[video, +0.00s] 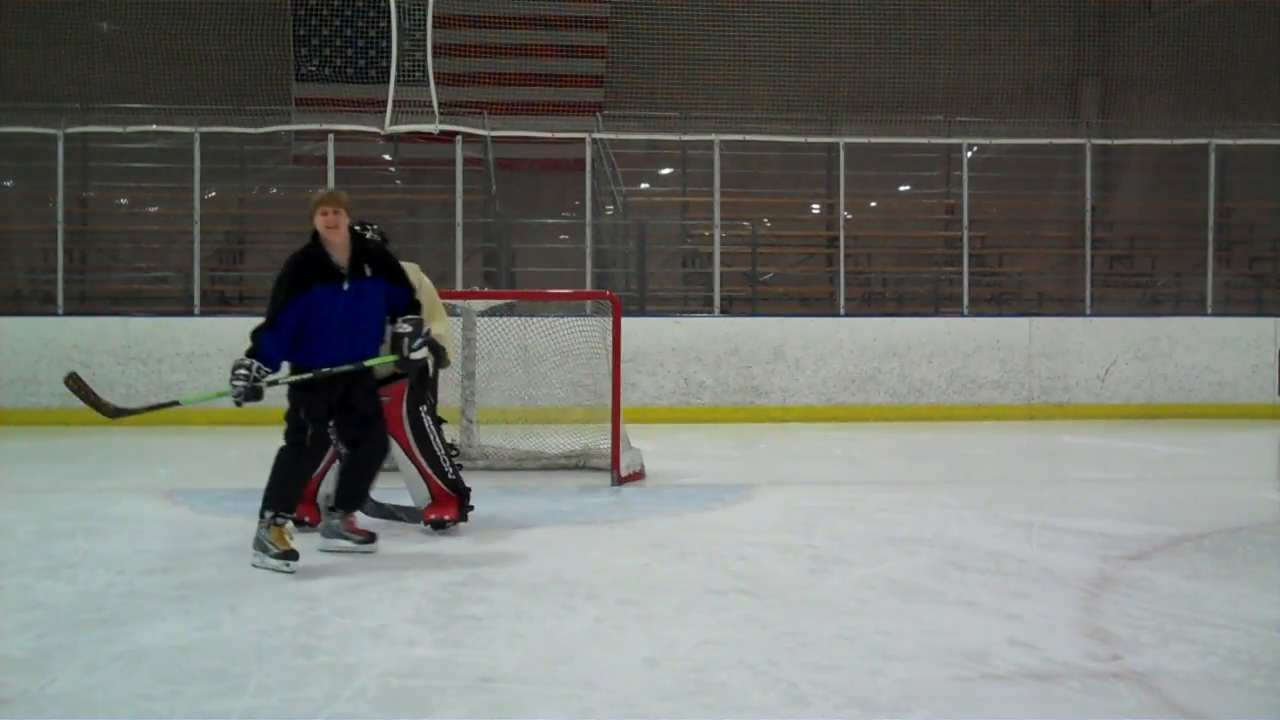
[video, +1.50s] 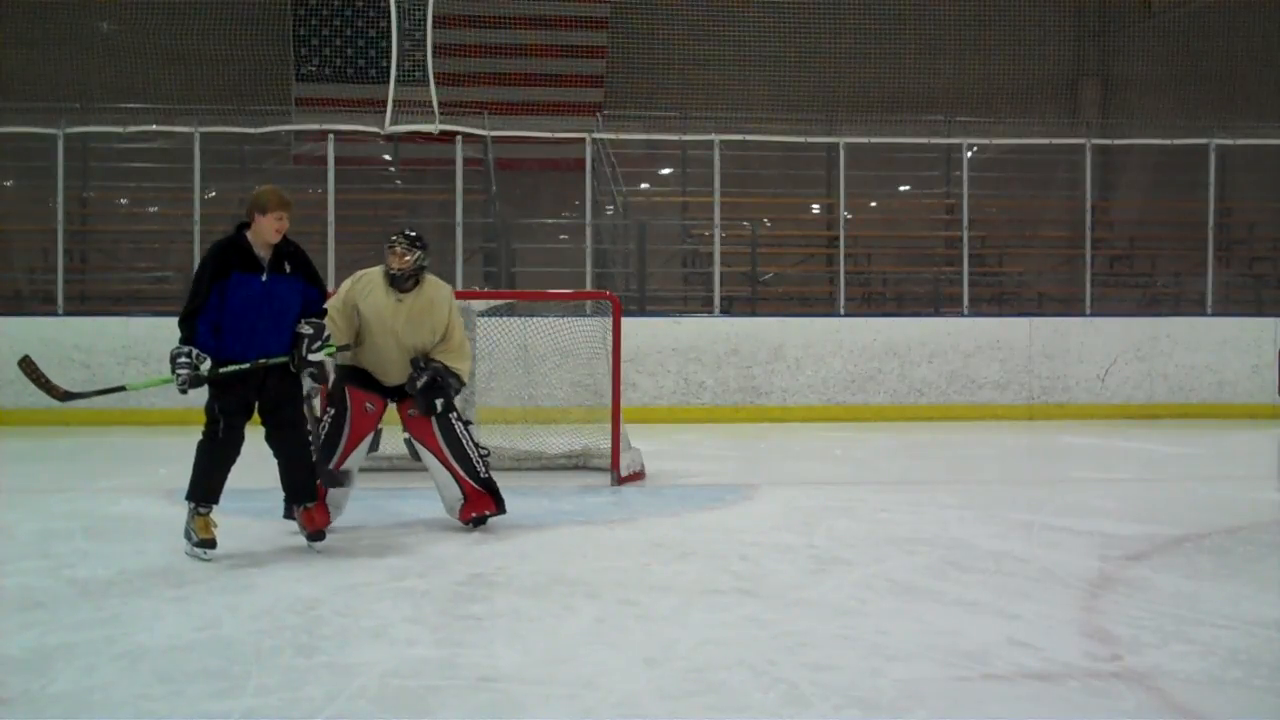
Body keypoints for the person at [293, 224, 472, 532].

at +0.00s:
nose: (361, 253)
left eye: (367, 244)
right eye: (354, 245)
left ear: (380, 245)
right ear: (346, 249)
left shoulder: (407, 274)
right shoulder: (338, 283)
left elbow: (438, 322)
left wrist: (432, 349)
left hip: (400, 373)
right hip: (351, 376)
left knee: (412, 431)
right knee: (328, 439)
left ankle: (448, 497)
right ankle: (307, 500)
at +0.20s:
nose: (338, 248)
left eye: (343, 240)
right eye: (332, 242)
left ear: (355, 240)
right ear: (325, 246)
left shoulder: (388, 267)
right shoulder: (321, 280)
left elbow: (419, 316)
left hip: (397, 368)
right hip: (345, 372)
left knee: (411, 431)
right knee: (328, 437)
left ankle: (448, 501)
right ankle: (297, 503)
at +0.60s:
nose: (366, 243)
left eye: (373, 237)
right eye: (360, 236)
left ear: (384, 243)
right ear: (350, 239)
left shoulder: (395, 272)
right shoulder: (337, 269)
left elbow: (396, 311)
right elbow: (316, 306)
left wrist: (372, 327)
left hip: (392, 368)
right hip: (346, 372)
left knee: (424, 435)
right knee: (322, 440)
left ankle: (448, 504)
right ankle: (291, 503)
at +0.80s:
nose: (403, 256)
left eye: (410, 251)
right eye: (398, 248)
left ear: (420, 256)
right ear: (388, 250)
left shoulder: (430, 290)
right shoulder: (359, 276)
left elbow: (418, 338)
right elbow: (326, 302)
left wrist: (374, 331)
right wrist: (343, 326)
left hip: (407, 377)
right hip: (359, 376)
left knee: (430, 440)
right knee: (337, 441)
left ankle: (455, 506)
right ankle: (294, 502)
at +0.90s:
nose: (416, 255)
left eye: (424, 250)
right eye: (412, 247)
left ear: (434, 256)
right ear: (401, 249)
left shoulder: (445, 292)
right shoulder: (370, 278)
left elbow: (447, 344)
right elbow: (345, 321)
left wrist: (406, 356)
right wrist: (359, 350)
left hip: (419, 377)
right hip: (370, 372)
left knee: (431, 426)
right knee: (347, 434)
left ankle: (462, 503)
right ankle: (298, 502)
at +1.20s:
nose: (425, 261)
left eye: (433, 256)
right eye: (420, 253)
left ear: (444, 259)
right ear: (411, 253)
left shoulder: (461, 296)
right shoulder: (382, 283)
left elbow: (465, 354)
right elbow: (358, 333)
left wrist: (441, 388)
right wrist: (351, 372)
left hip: (431, 378)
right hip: (382, 375)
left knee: (450, 435)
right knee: (352, 431)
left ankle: (473, 505)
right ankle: (328, 507)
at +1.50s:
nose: (396, 262)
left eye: (404, 256)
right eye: (392, 255)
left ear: (419, 259)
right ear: (385, 257)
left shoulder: (440, 295)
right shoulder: (362, 285)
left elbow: (456, 348)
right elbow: (332, 323)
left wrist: (440, 379)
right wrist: (317, 356)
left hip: (417, 379)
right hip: (364, 375)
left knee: (443, 433)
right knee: (340, 435)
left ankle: (478, 497)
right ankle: (317, 506)